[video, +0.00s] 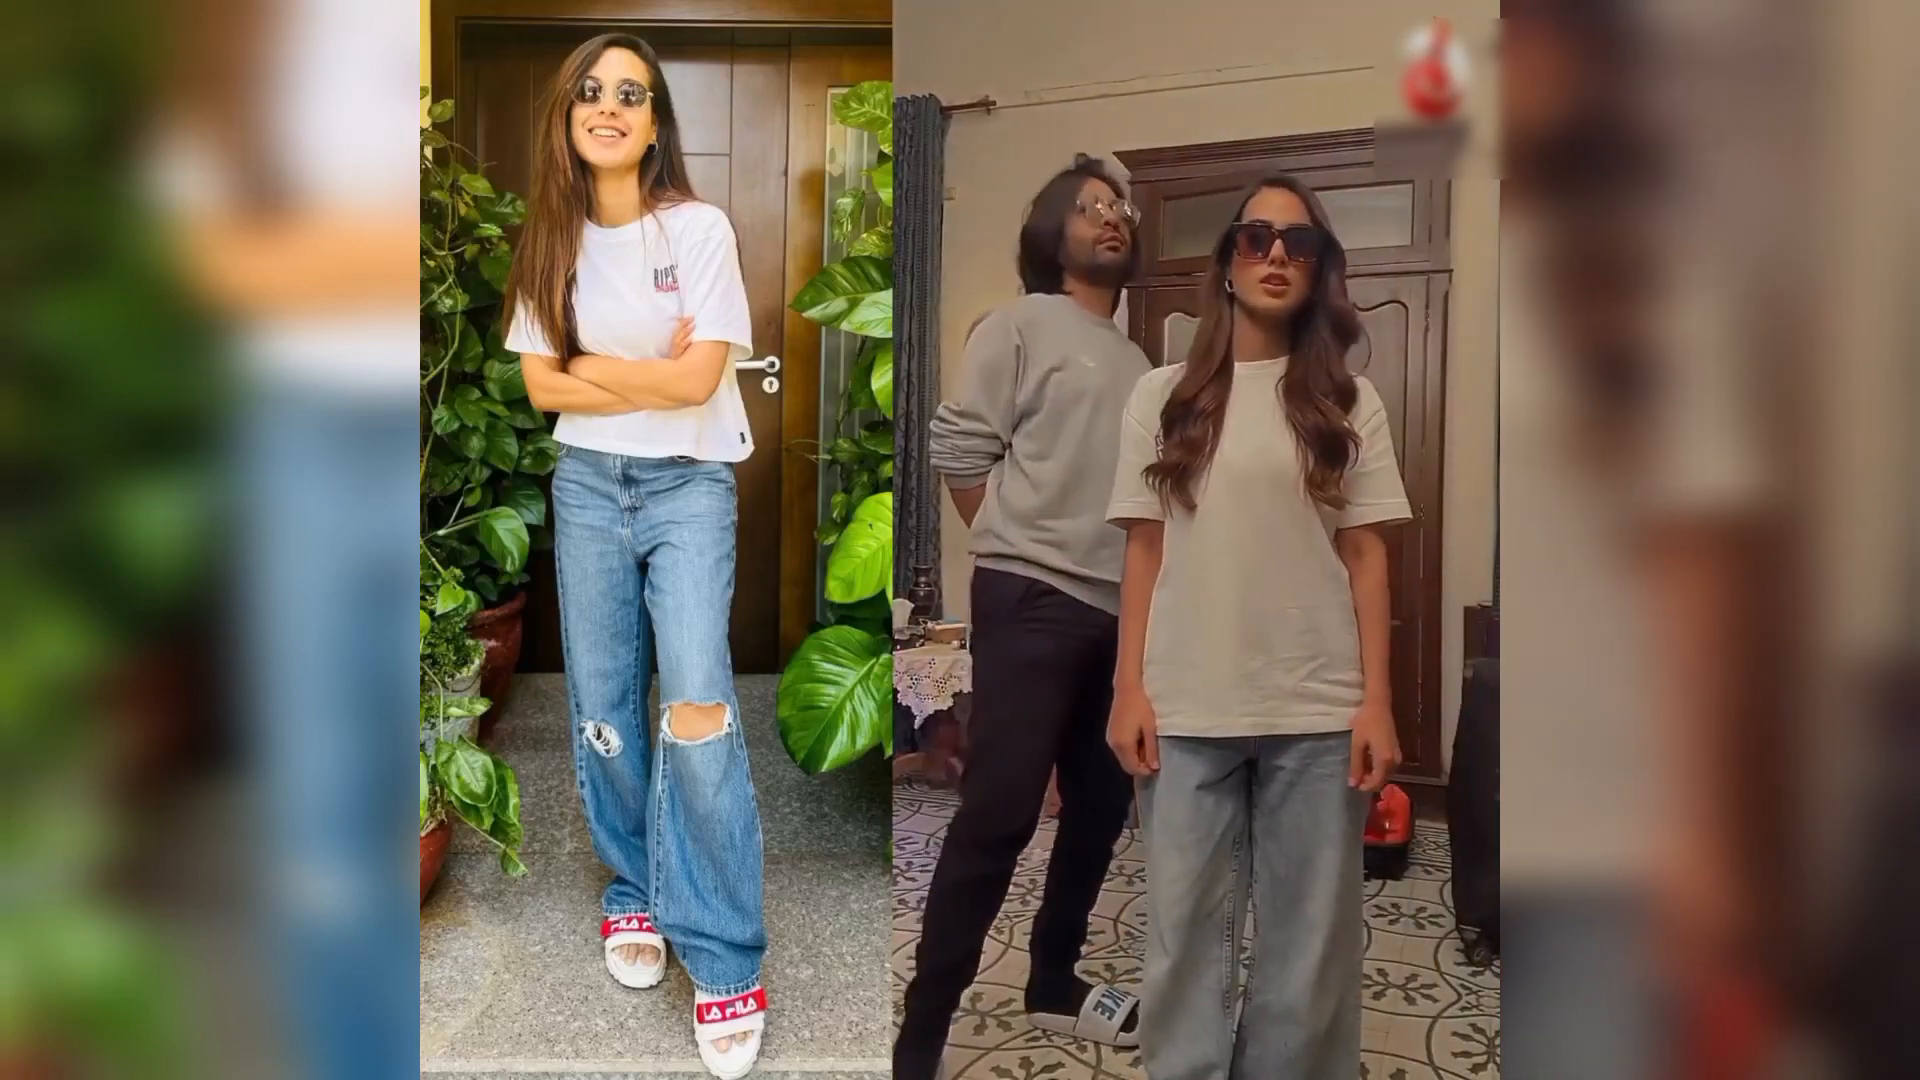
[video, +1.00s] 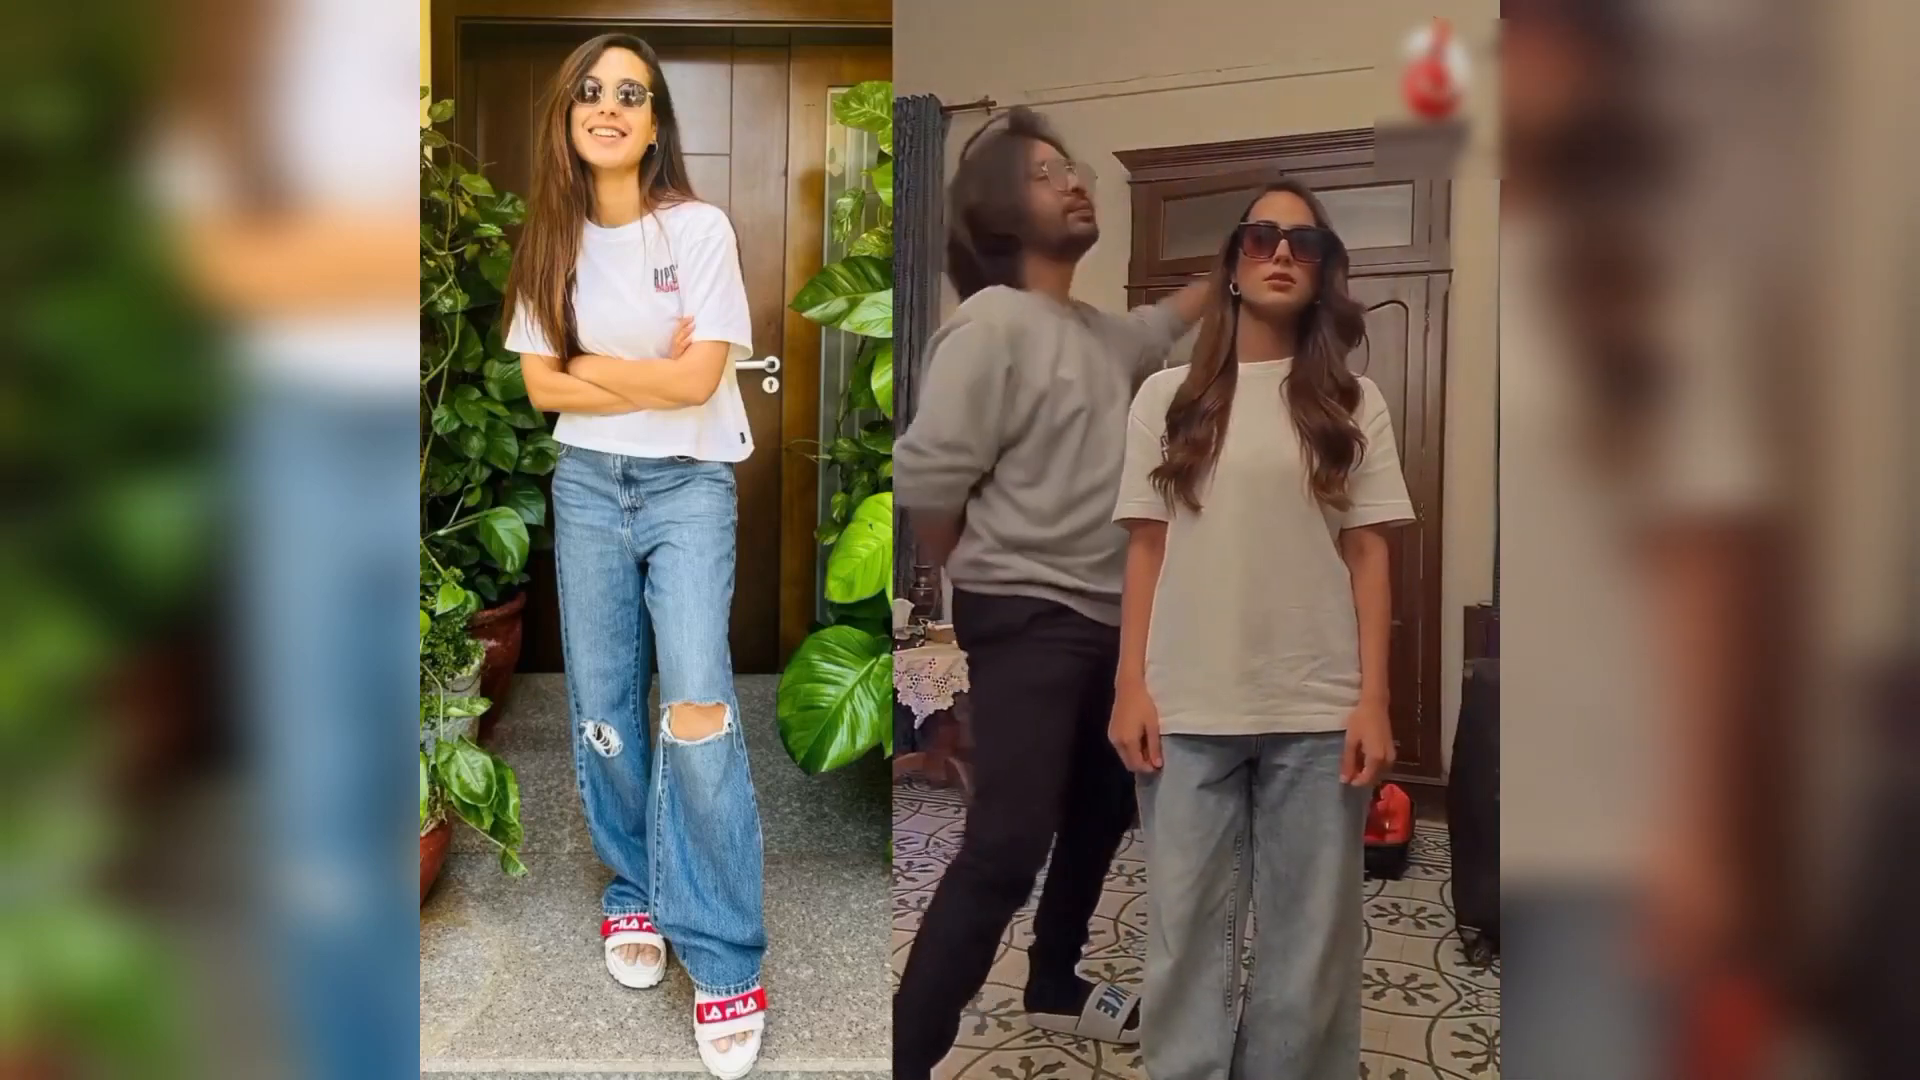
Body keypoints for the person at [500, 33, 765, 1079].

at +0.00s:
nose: (610, 111)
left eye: (630, 97)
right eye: (593, 95)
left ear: (657, 121)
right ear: (566, 117)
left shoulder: (700, 226)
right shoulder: (550, 240)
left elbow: (699, 379)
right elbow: (541, 386)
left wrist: (576, 362)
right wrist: (662, 379)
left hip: (689, 482)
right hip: (585, 484)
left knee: (695, 709)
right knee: (603, 709)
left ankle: (724, 957)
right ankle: (631, 890)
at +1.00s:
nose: (610, 111)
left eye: (630, 97)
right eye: (593, 95)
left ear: (657, 121)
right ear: (566, 118)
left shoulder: (700, 226)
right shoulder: (549, 240)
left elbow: (699, 378)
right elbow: (540, 386)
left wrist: (575, 362)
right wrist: (662, 379)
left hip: (689, 482)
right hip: (585, 484)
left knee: (695, 709)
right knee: (603, 709)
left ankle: (724, 958)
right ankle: (631, 890)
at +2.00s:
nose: (610, 111)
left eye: (630, 97)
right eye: (593, 95)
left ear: (656, 121)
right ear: (566, 117)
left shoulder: (699, 225)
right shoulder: (549, 240)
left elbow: (698, 378)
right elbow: (541, 385)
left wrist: (576, 362)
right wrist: (662, 379)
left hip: (689, 482)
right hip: (585, 484)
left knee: (694, 709)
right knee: (603, 708)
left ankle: (724, 958)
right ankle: (631, 891)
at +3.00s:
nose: (610, 111)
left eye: (629, 98)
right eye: (593, 95)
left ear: (656, 121)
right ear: (566, 117)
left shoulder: (699, 225)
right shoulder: (549, 240)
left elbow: (698, 378)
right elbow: (541, 385)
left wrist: (577, 362)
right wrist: (661, 379)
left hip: (689, 482)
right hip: (584, 484)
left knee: (694, 709)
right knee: (603, 708)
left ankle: (724, 957)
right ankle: (631, 891)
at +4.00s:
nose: (610, 111)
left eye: (629, 97)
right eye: (593, 95)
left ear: (656, 122)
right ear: (566, 117)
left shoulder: (699, 226)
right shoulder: (549, 239)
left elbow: (698, 378)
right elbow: (540, 385)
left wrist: (576, 362)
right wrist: (662, 378)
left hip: (689, 481)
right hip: (584, 483)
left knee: (695, 709)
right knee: (602, 708)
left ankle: (724, 955)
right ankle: (631, 890)